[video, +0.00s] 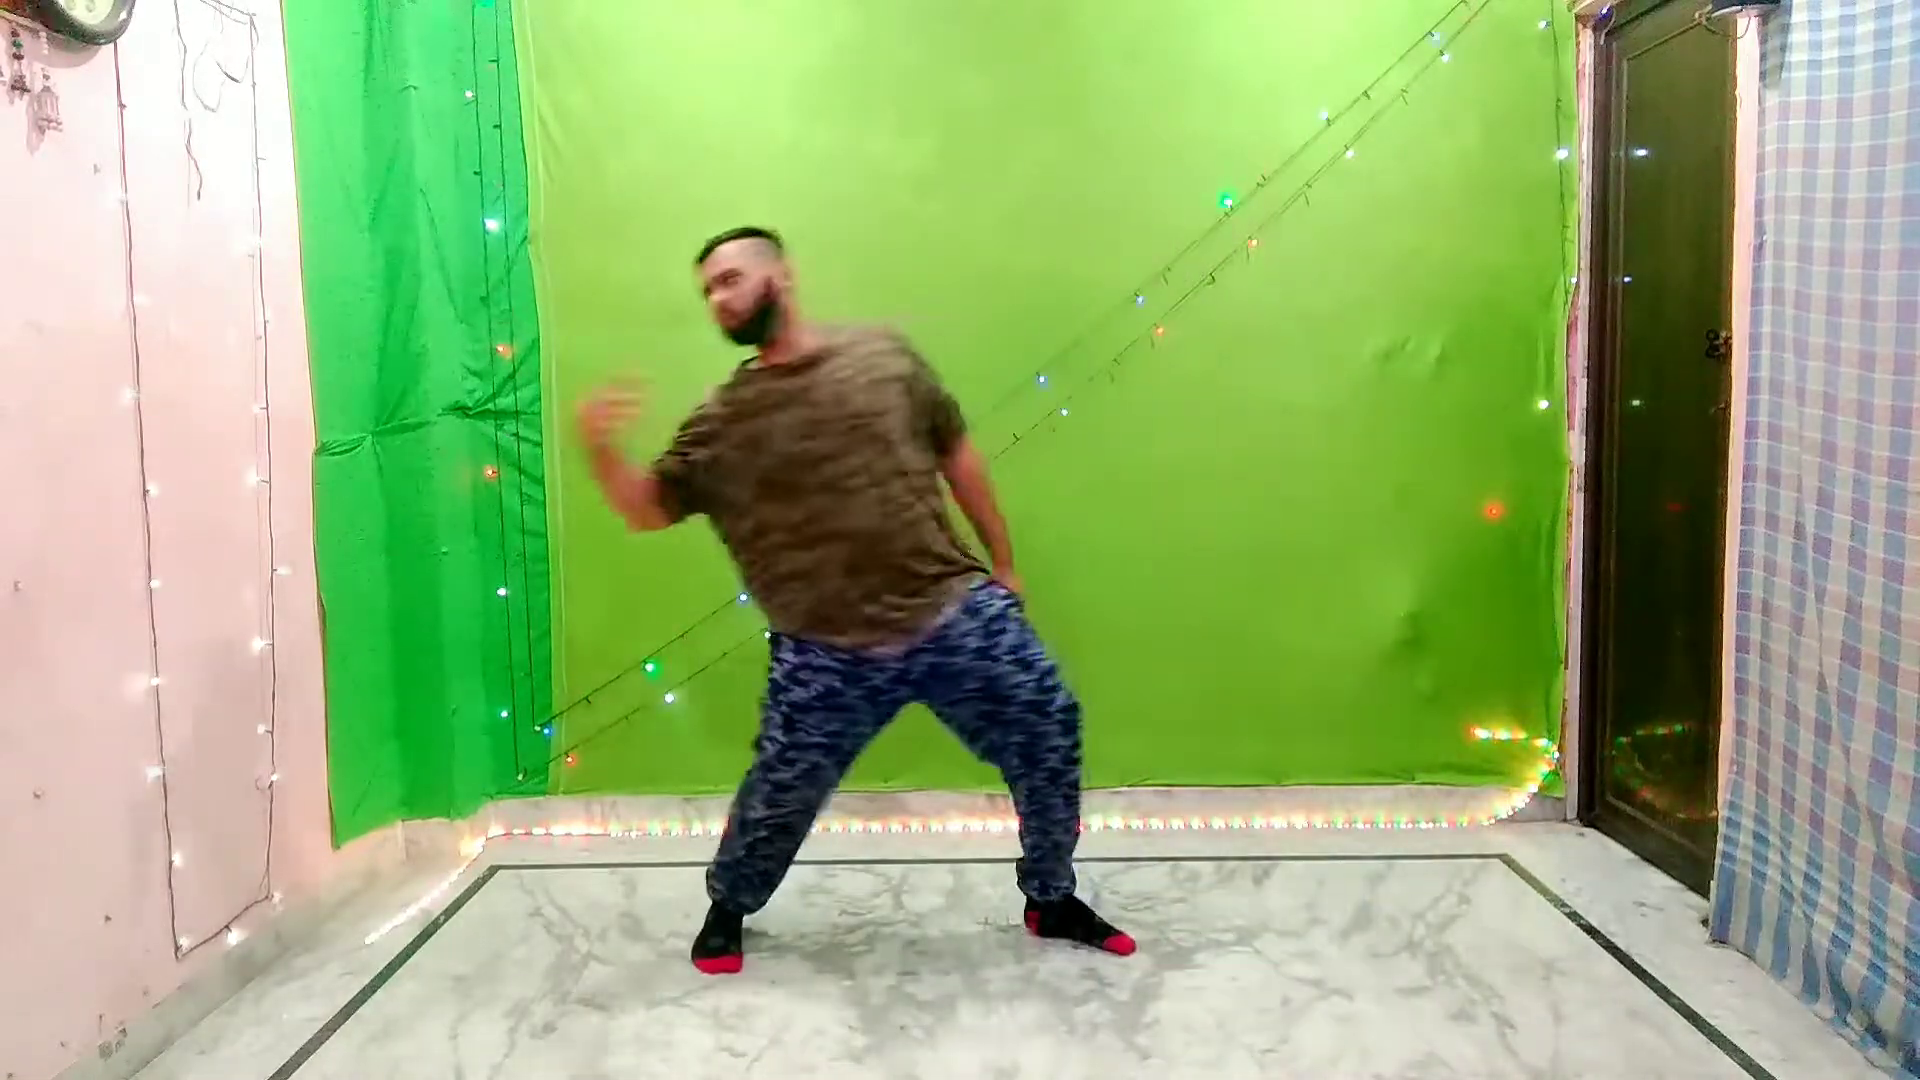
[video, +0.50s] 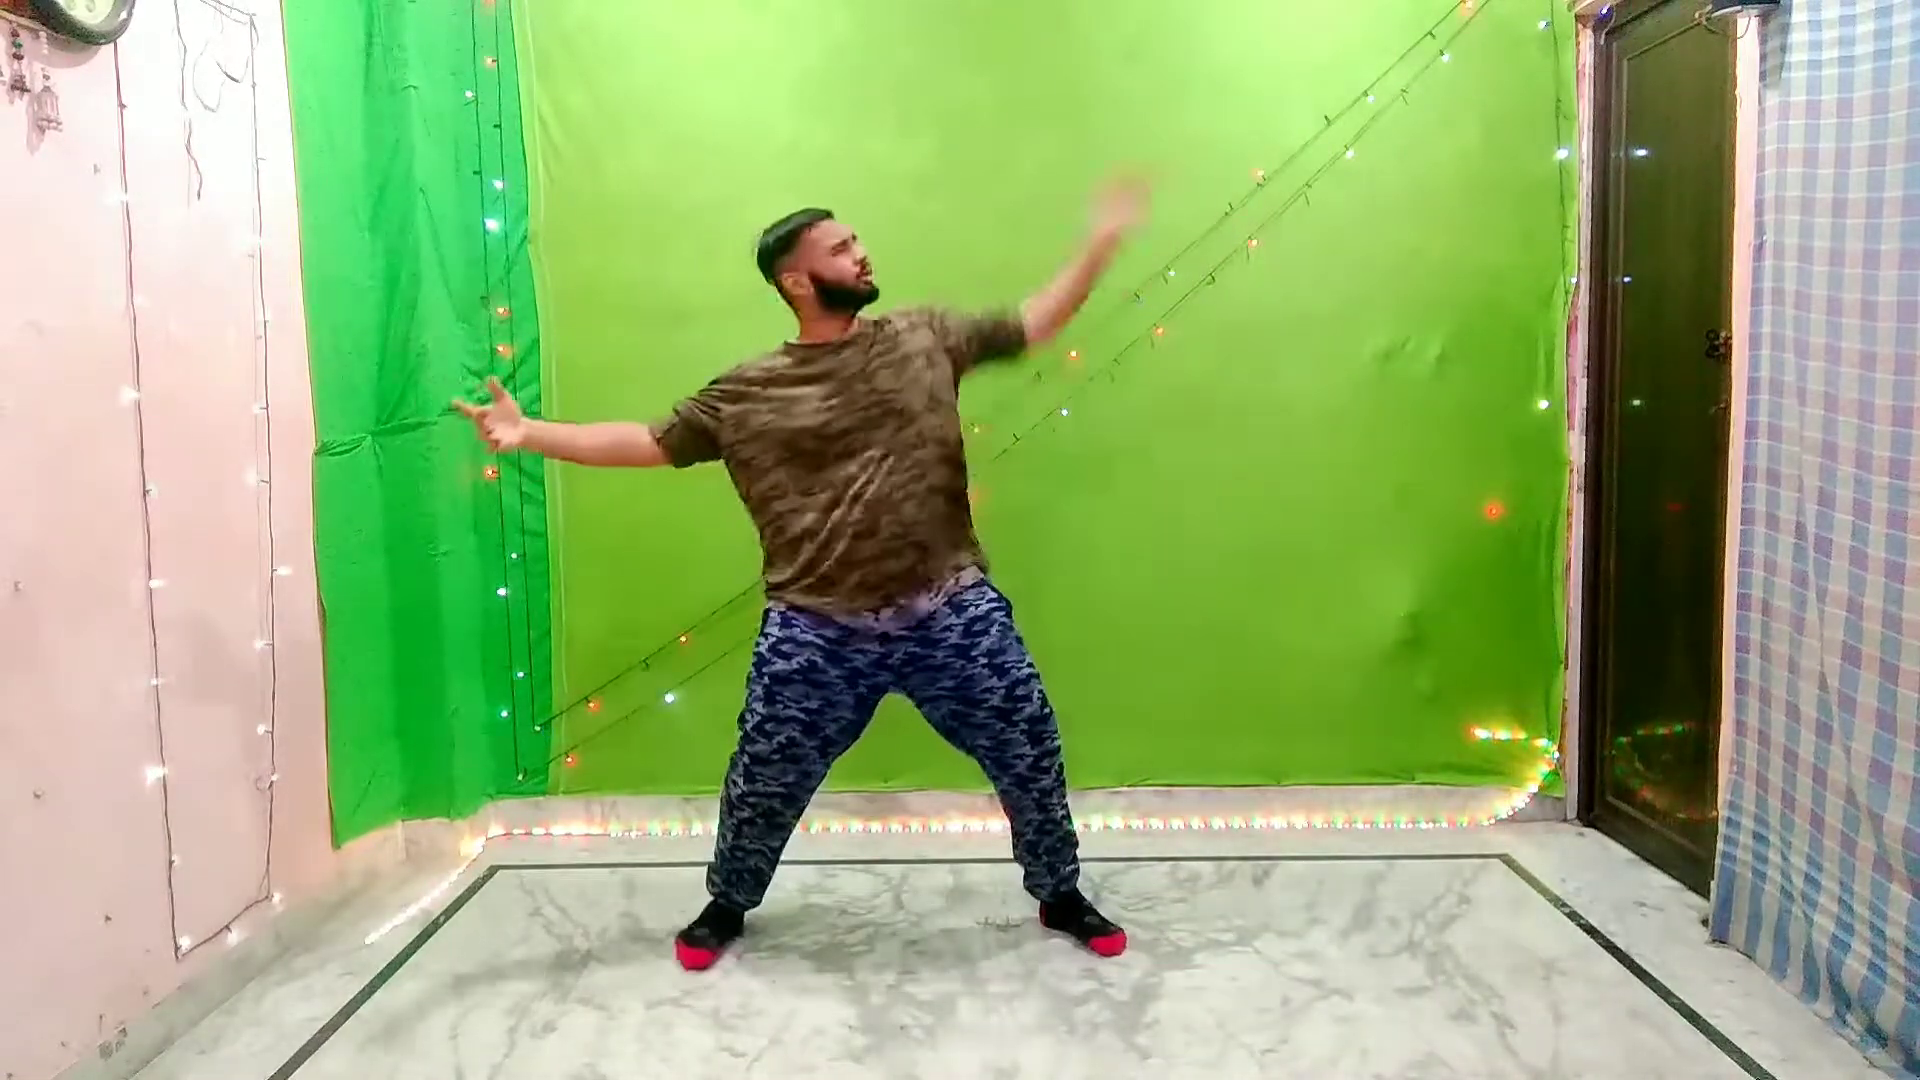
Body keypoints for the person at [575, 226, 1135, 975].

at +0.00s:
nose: (720, 296)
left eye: (731, 277)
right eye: (709, 290)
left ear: (782, 273)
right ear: (710, 311)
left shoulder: (884, 358)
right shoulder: (722, 423)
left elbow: (955, 451)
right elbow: (650, 507)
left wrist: (1002, 562)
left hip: (950, 610)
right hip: (825, 645)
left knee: (1048, 728)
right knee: (783, 790)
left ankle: (1051, 897)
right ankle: (726, 912)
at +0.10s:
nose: (708, 302)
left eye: (720, 281)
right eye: (699, 294)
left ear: (774, 277)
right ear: (702, 313)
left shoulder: (872, 355)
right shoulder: (704, 429)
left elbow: (949, 447)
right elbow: (618, 490)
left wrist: (992, 564)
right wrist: (530, 443)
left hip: (941, 608)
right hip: (813, 642)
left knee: (1036, 735)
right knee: (768, 788)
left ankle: (1057, 894)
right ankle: (724, 916)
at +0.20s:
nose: (777, 261)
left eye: (783, 249)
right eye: (754, 261)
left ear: (809, 268)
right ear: (731, 298)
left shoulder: (883, 351)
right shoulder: (708, 414)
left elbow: (990, 397)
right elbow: (610, 461)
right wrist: (494, 443)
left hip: (935, 607)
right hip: (807, 633)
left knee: (1024, 741)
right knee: (766, 783)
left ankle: (1063, 894)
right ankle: (724, 917)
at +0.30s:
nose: (824, 256)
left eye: (821, 246)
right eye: (801, 253)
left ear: (829, 266)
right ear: (760, 286)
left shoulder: (900, 347)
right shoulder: (721, 405)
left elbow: (1007, 362)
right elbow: (624, 452)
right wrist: (502, 443)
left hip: (937, 607)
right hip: (810, 631)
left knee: (1023, 745)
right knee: (766, 782)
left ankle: (1063, 896)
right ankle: (724, 915)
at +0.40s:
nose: (856, 251)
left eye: (852, 241)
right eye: (834, 247)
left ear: (843, 267)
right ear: (789, 279)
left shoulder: (926, 329)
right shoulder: (743, 395)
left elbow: (1031, 289)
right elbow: (645, 440)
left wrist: (1129, 244)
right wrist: (523, 437)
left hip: (946, 603)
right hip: (814, 622)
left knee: (1029, 744)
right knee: (768, 777)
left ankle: (1062, 899)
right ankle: (721, 922)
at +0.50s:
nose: (859, 255)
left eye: (855, 244)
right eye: (838, 249)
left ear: (852, 266)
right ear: (792, 280)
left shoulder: (925, 335)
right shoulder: (744, 395)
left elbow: (1032, 322)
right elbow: (646, 442)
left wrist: (1098, 247)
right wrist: (529, 432)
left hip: (948, 599)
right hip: (818, 618)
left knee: (1025, 734)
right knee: (769, 764)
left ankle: (1061, 894)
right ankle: (728, 904)